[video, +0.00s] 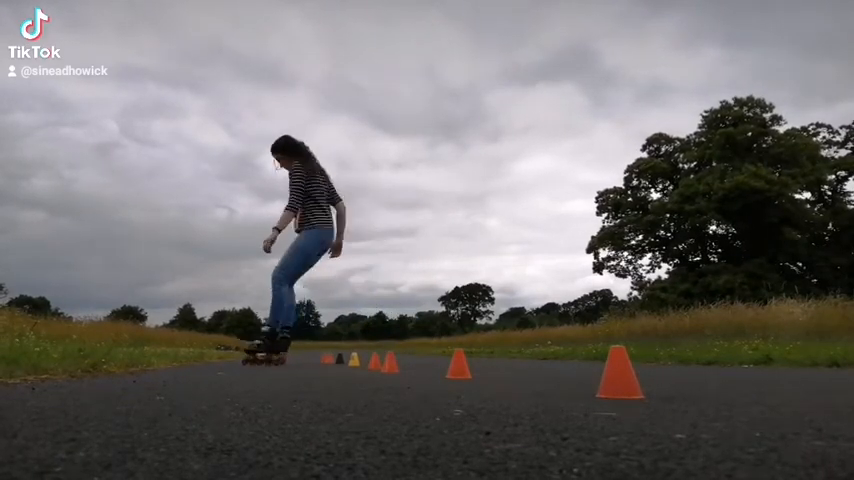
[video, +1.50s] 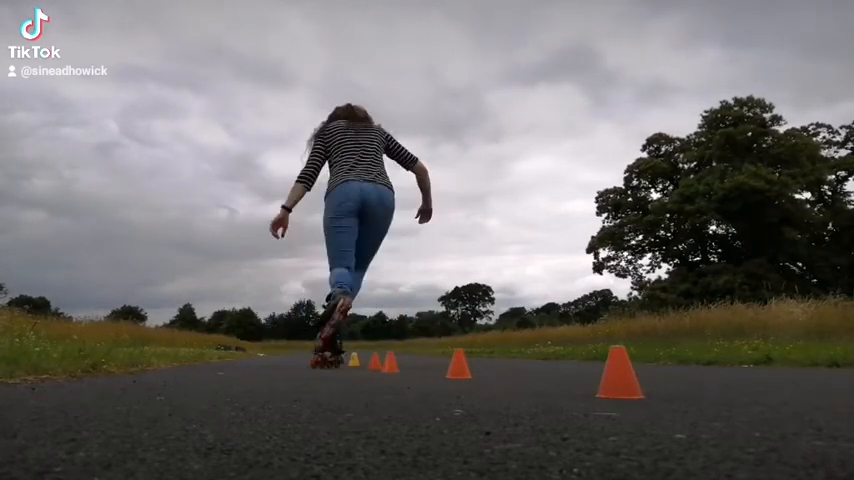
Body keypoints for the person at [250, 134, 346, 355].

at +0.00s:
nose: (279, 164)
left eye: (279, 159)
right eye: (277, 160)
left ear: (287, 154)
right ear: (296, 151)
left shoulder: (298, 170)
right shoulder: (318, 170)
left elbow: (293, 206)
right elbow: (340, 206)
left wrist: (275, 232)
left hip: (314, 231)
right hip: (325, 232)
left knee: (280, 276)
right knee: (286, 280)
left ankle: (274, 334)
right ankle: (283, 334)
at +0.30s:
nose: (279, 175)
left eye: (279, 171)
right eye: (279, 171)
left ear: (284, 167)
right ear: (305, 160)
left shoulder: (285, 181)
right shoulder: (327, 172)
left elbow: (267, 220)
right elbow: (355, 191)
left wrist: (243, 241)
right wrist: (377, 222)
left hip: (313, 232)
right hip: (340, 236)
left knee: (267, 277)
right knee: (311, 291)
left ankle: (266, 339)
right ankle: (297, 334)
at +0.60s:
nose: (308, 169)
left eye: (307, 165)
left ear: (310, 161)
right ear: (335, 153)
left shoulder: (312, 177)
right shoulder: (351, 162)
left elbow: (307, 217)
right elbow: (381, 176)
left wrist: (295, 248)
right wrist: (409, 198)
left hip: (337, 229)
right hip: (367, 225)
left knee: (342, 288)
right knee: (355, 286)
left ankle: (362, 333)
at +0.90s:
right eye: (367, 138)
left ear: (342, 148)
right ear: (367, 141)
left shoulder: (339, 165)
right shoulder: (382, 152)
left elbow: (337, 205)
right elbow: (415, 170)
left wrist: (328, 241)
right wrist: (443, 197)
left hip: (361, 222)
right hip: (393, 214)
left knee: (384, 282)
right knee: (414, 275)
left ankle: (410, 334)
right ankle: (440, 327)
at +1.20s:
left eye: (342, 143)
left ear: (346, 140)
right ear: (373, 133)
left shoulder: (345, 154)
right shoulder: (389, 147)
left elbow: (342, 196)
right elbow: (433, 176)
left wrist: (330, 234)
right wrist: (446, 204)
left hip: (372, 217)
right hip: (407, 212)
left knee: (407, 278)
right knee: (397, 275)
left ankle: (436, 331)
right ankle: (376, 331)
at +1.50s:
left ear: (334, 118)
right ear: (362, 117)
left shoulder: (328, 131)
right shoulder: (377, 132)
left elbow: (309, 173)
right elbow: (420, 168)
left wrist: (286, 209)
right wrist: (427, 202)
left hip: (344, 192)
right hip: (382, 195)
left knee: (341, 263)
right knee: (359, 268)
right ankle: (332, 330)